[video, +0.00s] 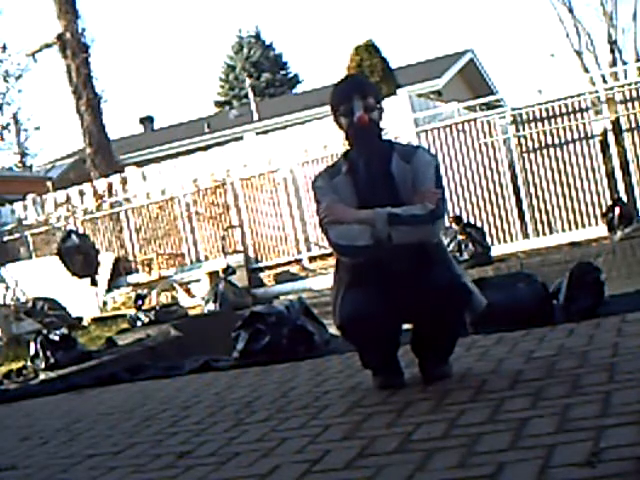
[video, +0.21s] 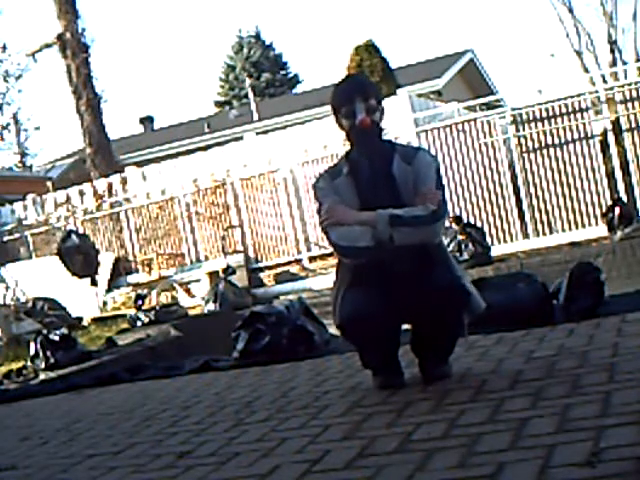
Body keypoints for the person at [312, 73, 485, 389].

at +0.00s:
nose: (361, 118)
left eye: (368, 107)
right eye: (349, 112)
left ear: (381, 110)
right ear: (338, 121)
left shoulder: (417, 159)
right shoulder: (327, 182)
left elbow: (433, 224)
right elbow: (344, 242)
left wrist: (356, 216)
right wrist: (413, 213)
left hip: (423, 266)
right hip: (365, 278)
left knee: (446, 296)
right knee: (359, 316)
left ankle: (434, 358)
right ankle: (384, 367)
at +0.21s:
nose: (363, 120)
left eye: (370, 109)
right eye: (351, 113)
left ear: (382, 110)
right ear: (339, 121)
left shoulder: (418, 160)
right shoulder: (328, 182)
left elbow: (434, 223)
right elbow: (345, 244)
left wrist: (357, 218)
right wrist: (414, 215)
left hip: (423, 265)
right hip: (365, 277)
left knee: (446, 298)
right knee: (359, 316)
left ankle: (434, 358)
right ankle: (384, 367)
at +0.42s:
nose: (362, 123)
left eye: (369, 112)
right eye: (350, 116)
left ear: (381, 112)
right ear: (338, 122)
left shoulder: (418, 163)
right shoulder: (329, 184)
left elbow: (434, 228)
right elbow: (346, 247)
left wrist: (359, 222)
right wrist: (415, 220)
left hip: (423, 265)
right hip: (365, 277)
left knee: (444, 295)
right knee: (359, 315)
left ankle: (434, 358)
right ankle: (384, 367)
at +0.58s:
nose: (362, 125)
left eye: (370, 114)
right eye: (350, 118)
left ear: (381, 114)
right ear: (338, 124)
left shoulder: (417, 165)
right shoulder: (328, 185)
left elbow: (434, 227)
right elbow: (345, 247)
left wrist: (359, 223)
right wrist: (415, 221)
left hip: (422, 266)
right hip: (365, 278)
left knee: (446, 291)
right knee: (358, 314)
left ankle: (435, 358)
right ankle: (383, 367)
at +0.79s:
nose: (361, 125)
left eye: (368, 113)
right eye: (349, 118)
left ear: (380, 114)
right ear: (337, 124)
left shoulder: (416, 164)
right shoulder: (327, 185)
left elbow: (431, 228)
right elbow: (342, 245)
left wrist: (358, 222)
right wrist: (413, 219)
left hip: (422, 267)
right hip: (365, 278)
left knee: (447, 292)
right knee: (357, 314)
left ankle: (435, 359)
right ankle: (383, 367)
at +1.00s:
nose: (360, 125)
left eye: (368, 113)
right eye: (348, 118)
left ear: (379, 114)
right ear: (336, 124)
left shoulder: (415, 163)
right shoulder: (327, 185)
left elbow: (432, 227)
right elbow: (341, 244)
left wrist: (357, 222)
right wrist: (412, 217)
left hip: (421, 267)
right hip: (364, 277)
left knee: (447, 290)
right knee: (355, 313)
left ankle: (435, 358)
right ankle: (384, 368)